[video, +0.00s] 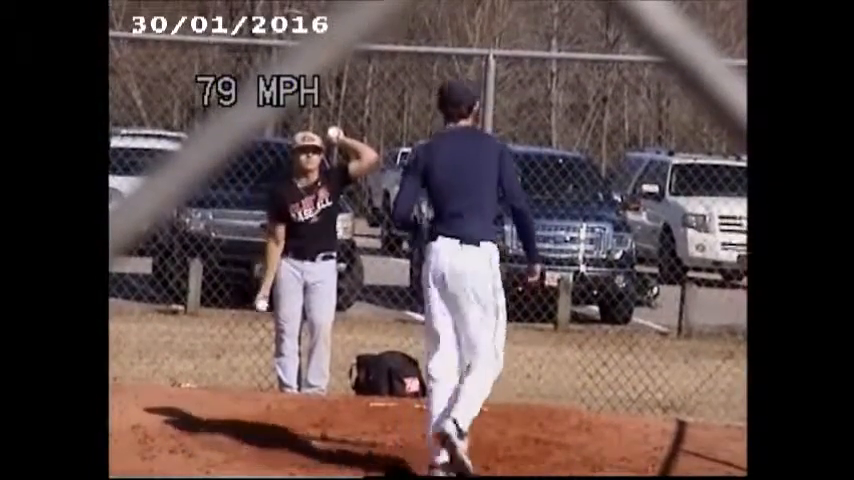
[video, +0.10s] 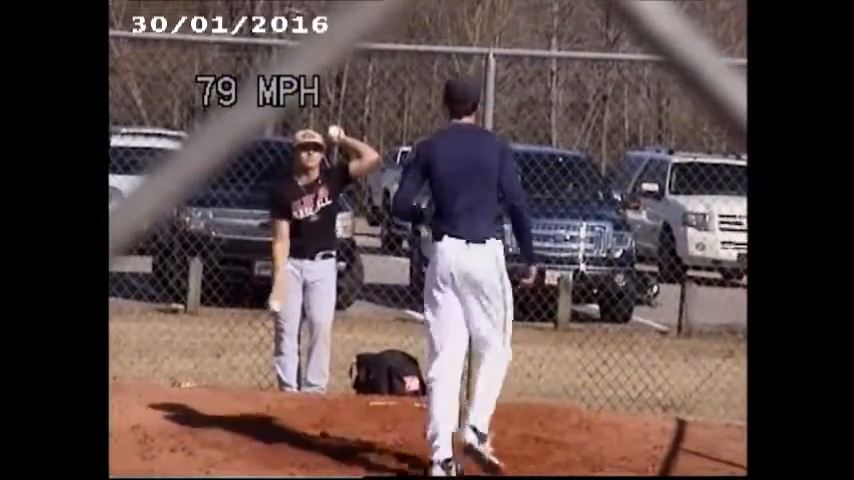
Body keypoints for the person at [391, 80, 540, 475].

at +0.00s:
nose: (478, 113)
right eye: (478, 108)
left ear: (442, 112)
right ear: (475, 111)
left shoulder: (426, 151)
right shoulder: (494, 148)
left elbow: (400, 213)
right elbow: (519, 204)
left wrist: (423, 228)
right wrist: (533, 258)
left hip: (437, 251)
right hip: (477, 255)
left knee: (442, 352)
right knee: (486, 353)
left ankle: (440, 454)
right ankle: (456, 423)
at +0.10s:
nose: (472, 111)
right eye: (476, 106)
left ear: (445, 107)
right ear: (477, 109)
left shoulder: (428, 147)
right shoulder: (496, 146)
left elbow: (401, 206)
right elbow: (517, 203)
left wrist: (429, 215)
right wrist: (529, 258)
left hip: (444, 253)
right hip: (484, 255)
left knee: (445, 352)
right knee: (494, 346)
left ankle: (441, 455)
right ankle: (477, 426)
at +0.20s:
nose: (477, 113)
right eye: (481, 106)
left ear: (451, 110)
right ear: (485, 110)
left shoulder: (433, 150)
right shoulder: (500, 151)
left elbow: (402, 207)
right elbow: (515, 213)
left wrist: (431, 206)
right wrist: (526, 267)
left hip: (448, 258)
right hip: (491, 260)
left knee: (448, 351)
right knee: (500, 347)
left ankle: (442, 453)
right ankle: (493, 439)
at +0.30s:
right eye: (492, 107)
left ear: (464, 109)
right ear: (494, 112)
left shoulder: (444, 148)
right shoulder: (510, 153)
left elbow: (410, 201)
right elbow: (517, 215)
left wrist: (439, 183)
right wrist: (527, 268)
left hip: (454, 255)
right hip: (496, 258)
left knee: (450, 350)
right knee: (500, 347)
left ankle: (442, 447)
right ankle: (501, 437)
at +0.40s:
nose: (473, 107)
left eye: (472, 102)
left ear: (474, 108)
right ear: (506, 112)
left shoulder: (453, 148)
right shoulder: (519, 157)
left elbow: (415, 194)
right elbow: (526, 219)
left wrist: (436, 169)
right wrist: (534, 272)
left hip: (460, 256)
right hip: (502, 258)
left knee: (454, 347)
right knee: (497, 346)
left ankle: (442, 434)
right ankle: (495, 436)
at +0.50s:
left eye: (491, 95)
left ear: (488, 100)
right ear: (521, 103)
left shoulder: (465, 137)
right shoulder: (531, 151)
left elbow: (428, 173)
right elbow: (537, 209)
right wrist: (541, 263)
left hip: (467, 244)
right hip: (508, 249)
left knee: (461, 336)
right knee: (500, 337)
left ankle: (447, 412)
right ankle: (497, 415)